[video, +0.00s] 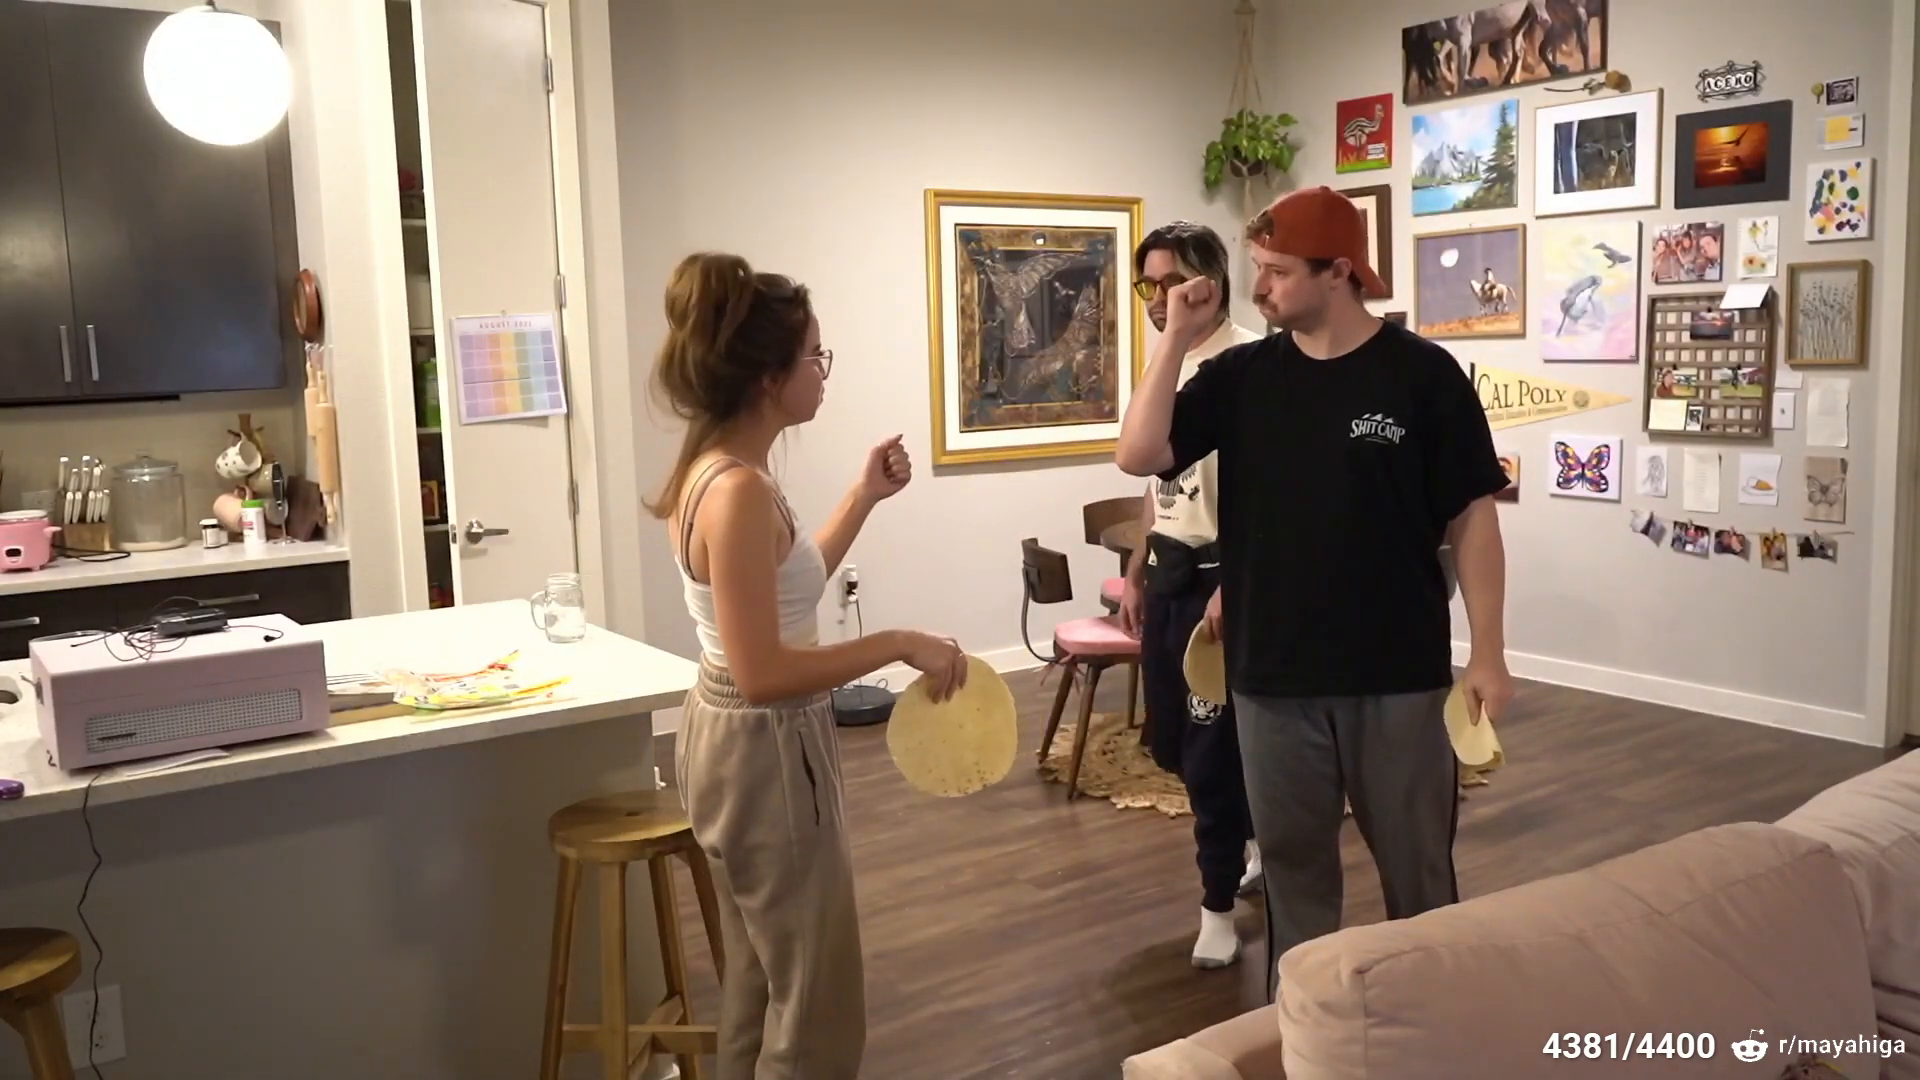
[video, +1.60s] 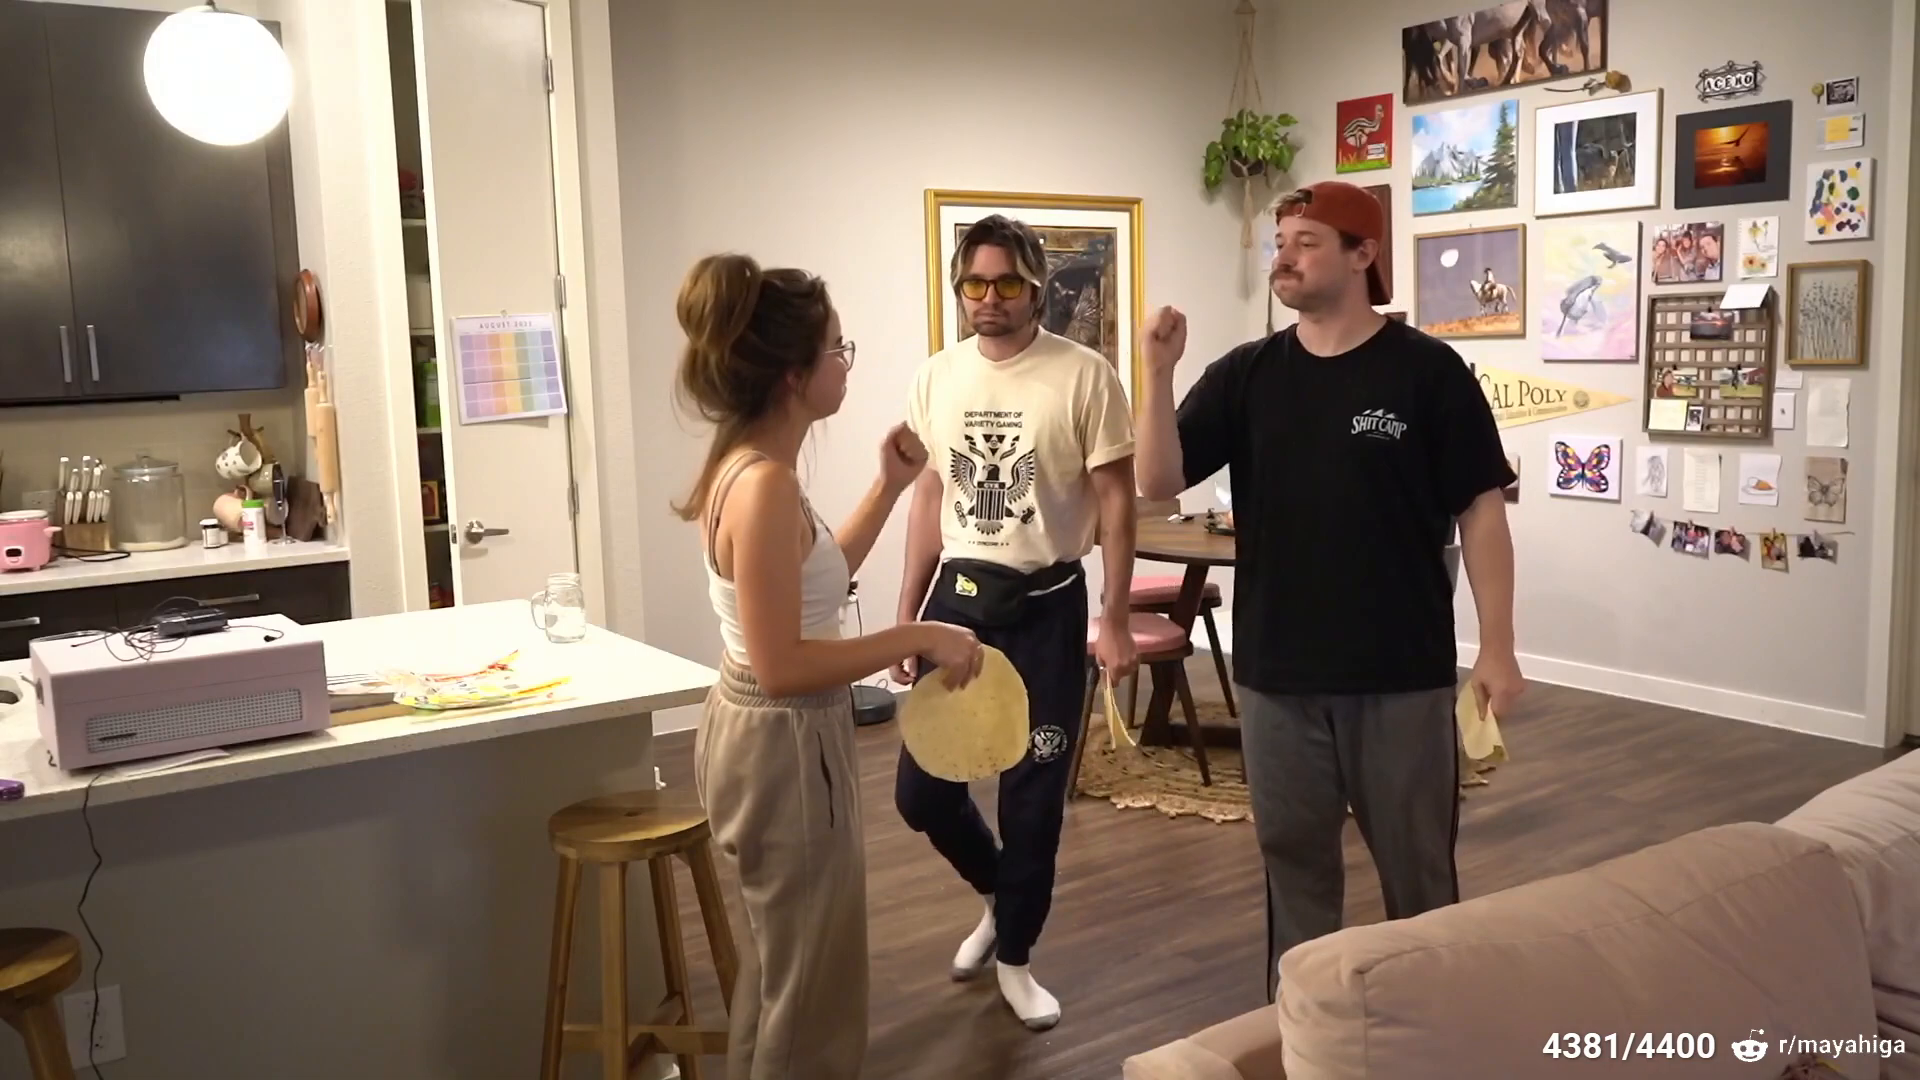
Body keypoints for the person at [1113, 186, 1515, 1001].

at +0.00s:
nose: (1258, 288)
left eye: (1274, 273)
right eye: (1257, 273)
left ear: (1338, 273)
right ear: (1313, 275)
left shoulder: (1425, 374)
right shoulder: (1239, 377)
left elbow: (1473, 518)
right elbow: (1139, 452)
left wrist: (1487, 652)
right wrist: (1174, 339)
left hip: (1397, 681)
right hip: (1272, 683)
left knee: (1420, 884)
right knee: (1293, 886)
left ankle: (1440, 1039)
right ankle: (1302, 1043)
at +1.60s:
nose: (1284, 256)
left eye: (1306, 243)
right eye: (1280, 244)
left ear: (1361, 258)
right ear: (1274, 260)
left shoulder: (1431, 371)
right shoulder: (1247, 374)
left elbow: (1484, 510)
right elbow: (1157, 481)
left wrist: (1498, 648)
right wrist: (1159, 371)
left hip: (1402, 677)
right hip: (1277, 677)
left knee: (1418, 879)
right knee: (1294, 874)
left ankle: (1439, 1034)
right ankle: (1303, 1036)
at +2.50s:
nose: (1285, 262)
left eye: (1306, 249)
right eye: (1280, 250)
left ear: (1361, 262)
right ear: (1275, 261)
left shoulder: (1428, 374)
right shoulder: (1240, 376)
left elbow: (1475, 518)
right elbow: (1136, 437)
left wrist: (1491, 653)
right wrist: (1051, 441)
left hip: (1397, 680)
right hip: (1274, 681)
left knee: (1422, 881)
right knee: (1290, 877)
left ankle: (1445, 1034)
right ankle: (1298, 1037)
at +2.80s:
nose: (1259, 260)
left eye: (1280, 246)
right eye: (1252, 248)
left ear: (1334, 258)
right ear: (1246, 263)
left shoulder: (1406, 374)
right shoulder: (1217, 381)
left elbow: (1468, 498)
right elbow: (1129, 480)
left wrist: (1418, 601)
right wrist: (1054, 505)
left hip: (1385, 675)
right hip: (1263, 678)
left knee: (1411, 874)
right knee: (1282, 873)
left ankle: (1440, 1025)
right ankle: (1296, 1033)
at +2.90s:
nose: (1248, 258)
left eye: (1270, 245)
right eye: (1243, 247)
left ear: (1324, 259)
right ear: (1237, 264)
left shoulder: (1392, 375)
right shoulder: (1207, 383)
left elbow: (1437, 517)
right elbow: (1145, 499)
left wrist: (1328, 562)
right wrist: (1132, 523)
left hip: (1373, 675)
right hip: (1250, 677)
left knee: (1402, 862)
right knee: (1273, 867)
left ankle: (1428, 1016)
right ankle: (1293, 1026)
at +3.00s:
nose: (1234, 263)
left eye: (1256, 248)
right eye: (1230, 250)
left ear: (1311, 261)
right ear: (1228, 264)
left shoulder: (1371, 372)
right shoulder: (1205, 382)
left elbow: (1388, 521)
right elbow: (1175, 508)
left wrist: (1242, 528)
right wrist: (1170, 534)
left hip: (1354, 675)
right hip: (1237, 674)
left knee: (1375, 865)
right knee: (1265, 870)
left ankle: (1406, 1019)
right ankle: (1294, 1026)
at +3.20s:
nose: (1209, 271)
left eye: (1230, 257)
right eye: (1205, 258)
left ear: (1285, 268)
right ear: (1206, 269)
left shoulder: (1324, 366)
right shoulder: (1213, 386)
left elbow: (1284, 511)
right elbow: (1194, 529)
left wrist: (1151, 489)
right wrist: (1107, 504)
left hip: (1321, 676)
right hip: (1235, 673)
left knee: (1313, 889)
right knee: (1264, 885)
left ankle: (1340, 1051)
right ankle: (1291, 1038)